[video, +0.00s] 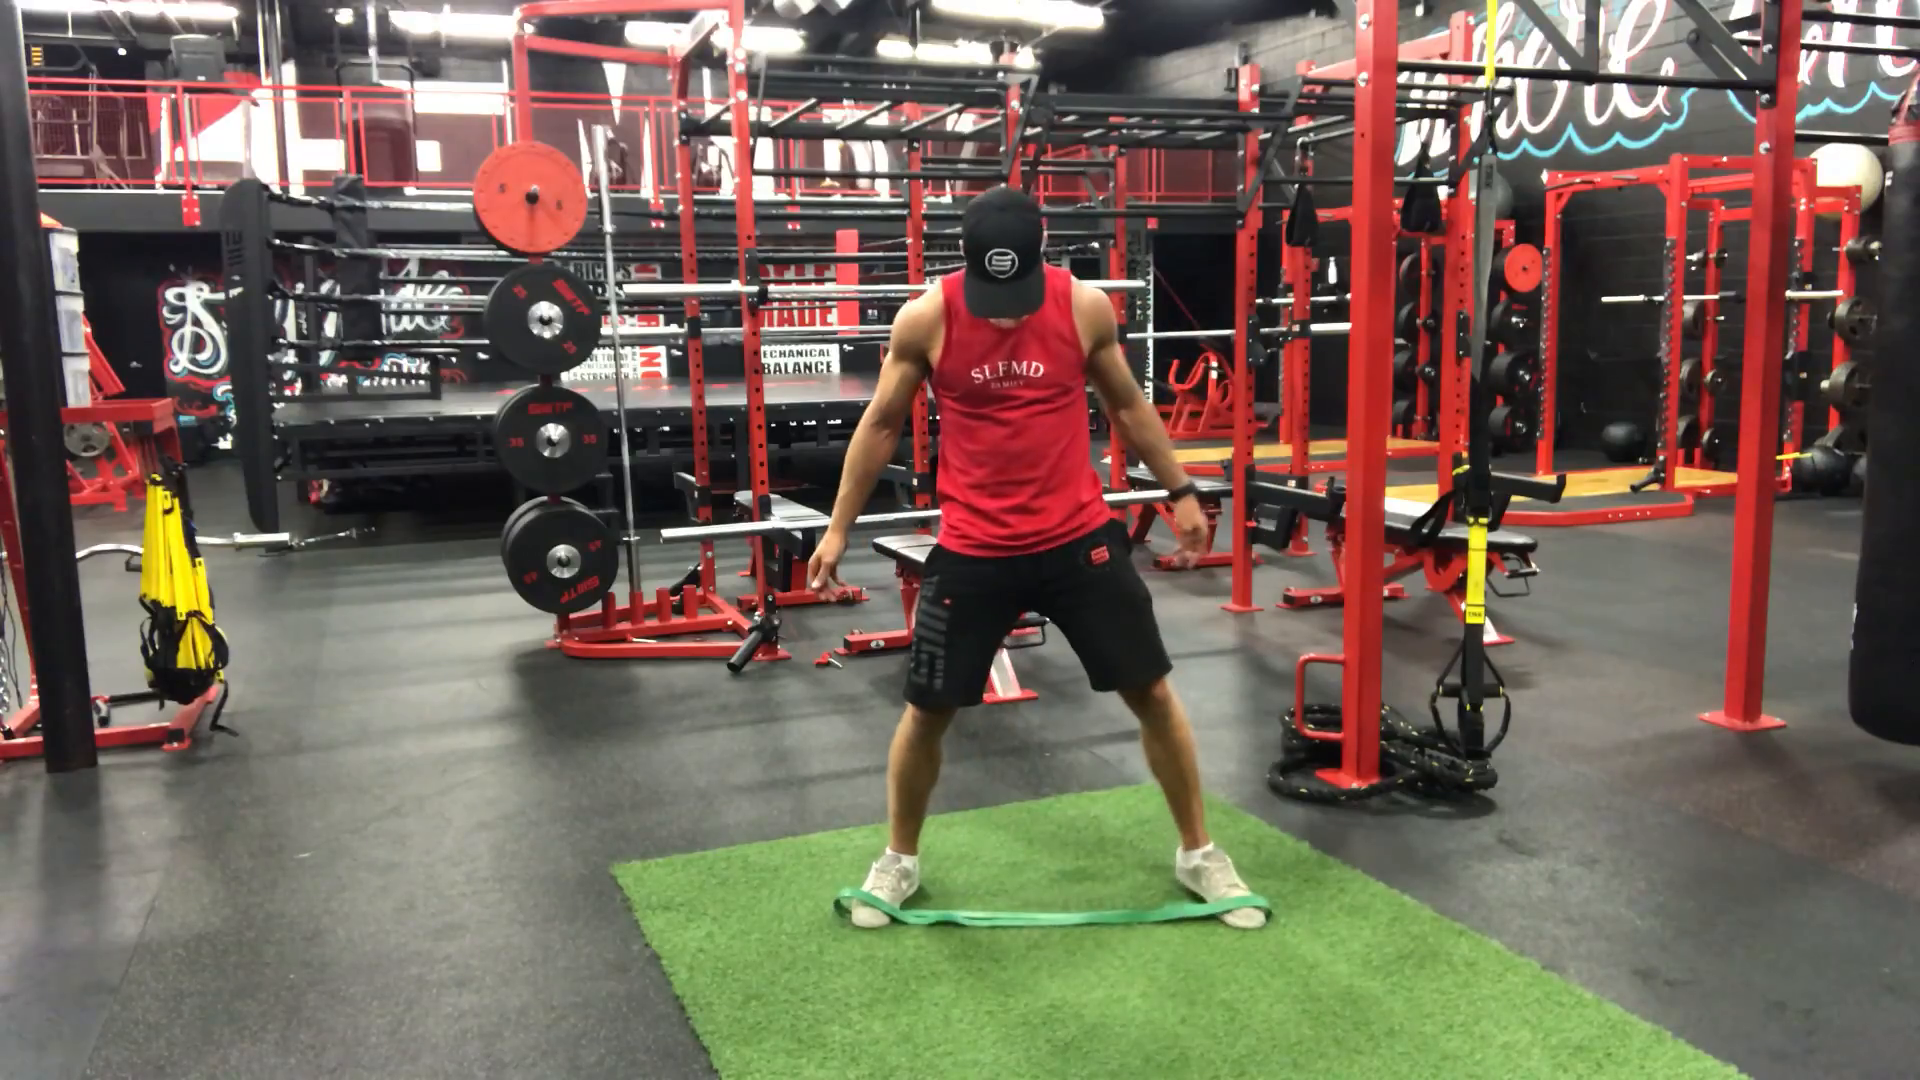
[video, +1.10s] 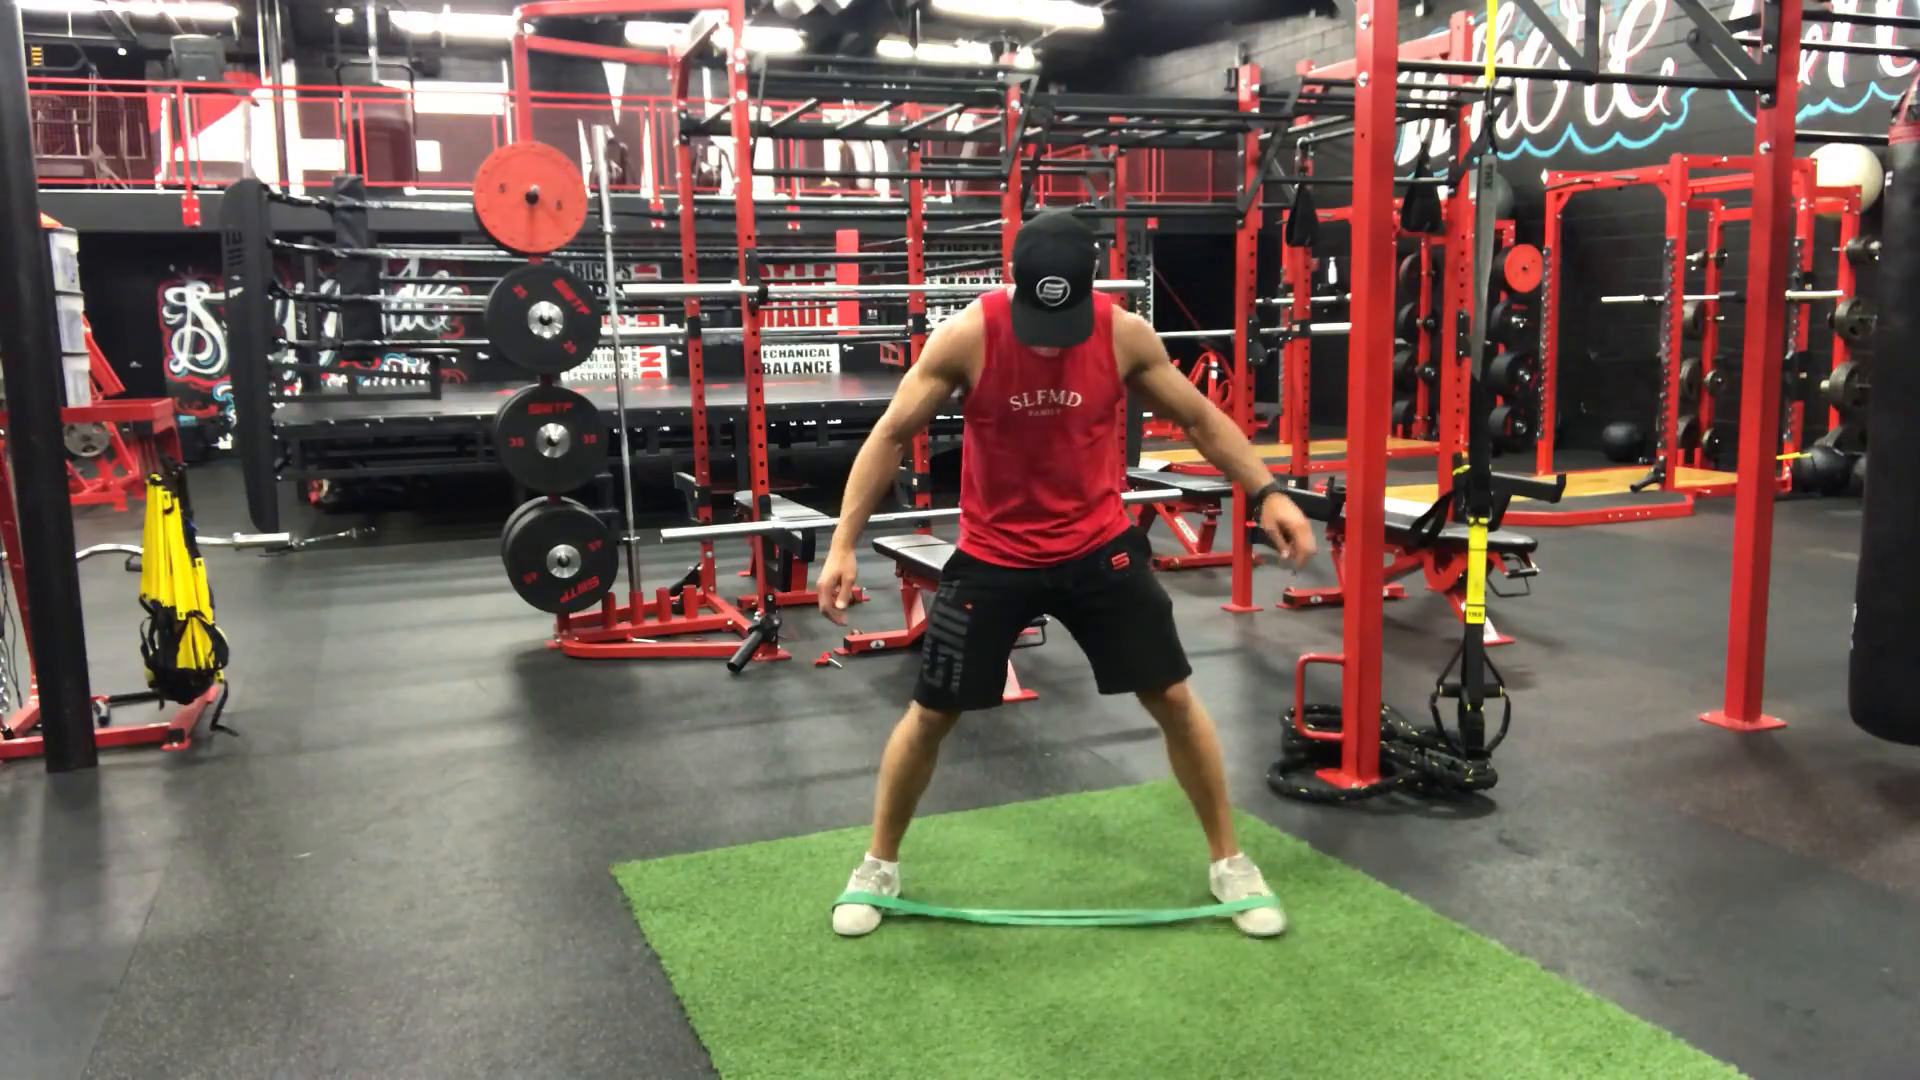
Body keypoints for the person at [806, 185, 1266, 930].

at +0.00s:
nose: (1004, 304)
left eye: (1018, 287)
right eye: (991, 288)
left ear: (1041, 258)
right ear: (967, 261)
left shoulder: (1085, 309)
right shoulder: (926, 319)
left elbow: (1129, 402)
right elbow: (878, 423)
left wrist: (1180, 493)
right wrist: (837, 526)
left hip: (1080, 539)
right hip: (973, 551)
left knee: (1152, 692)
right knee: (926, 711)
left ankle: (1199, 850)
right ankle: (899, 859)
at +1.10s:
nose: (1051, 333)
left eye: (1066, 316)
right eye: (1038, 317)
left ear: (1091, 287)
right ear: (1014, 282)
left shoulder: (1125, 337)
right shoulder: (965, 338)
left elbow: (1202, 419)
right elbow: (890, 435)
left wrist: (1267, 491)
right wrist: (842, 542)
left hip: (1102, 549)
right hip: (992, 555)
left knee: (1172, 697)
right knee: (931, 710)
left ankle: (1229, 860)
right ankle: (878, 864)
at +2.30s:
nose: (1056, 364)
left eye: (1071, 349)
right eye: (1043, 349)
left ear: (1098, 318)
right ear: (1019, 317)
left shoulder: (1137, 363)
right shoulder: (975, 373)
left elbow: (1204, 462)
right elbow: (923, 488)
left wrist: (1215, 561)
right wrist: (914, 608)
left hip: (1110, 557)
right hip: (1001, 559)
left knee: (1183, 697)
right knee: (930, 704)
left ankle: (1242, 862)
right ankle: (874, 863)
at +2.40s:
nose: (1061, 437)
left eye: (1076, 426)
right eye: (1047, 426)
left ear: (1104, 395)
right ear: (1024, 393)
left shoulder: (1143, 412)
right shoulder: (981, 421)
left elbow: (1191, 515)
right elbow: (940, 553)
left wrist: (1193, 622)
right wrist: (952, 677)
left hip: (1109, 564)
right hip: (1000, 567)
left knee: (1187, 696)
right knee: (927, 703)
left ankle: (1243, 864)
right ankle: (873, 861)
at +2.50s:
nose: (1065, 532)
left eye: (1080, 523)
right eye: (1050, 524)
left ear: (1107, 478)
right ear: (1026, 481)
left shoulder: (1143, 458)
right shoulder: (985, 489)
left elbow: (1177, 553)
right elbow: (967, 627)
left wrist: (1168, 657)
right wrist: (984, 748)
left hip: (1112, 566)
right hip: (1005, 572)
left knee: (1192, 694)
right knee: (922, 701)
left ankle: (1243, 863)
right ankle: (872, 860)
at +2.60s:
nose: (1061, 603)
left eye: (1076, 590)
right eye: (1047, 591)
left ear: (1109, 544)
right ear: (1025, 552)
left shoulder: (1145, 501)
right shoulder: (989, 559)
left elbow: (1166, 576)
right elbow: (989, 694)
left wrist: (1150, 671)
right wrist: (1012, 809)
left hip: (1116, 574)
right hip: (1003, 577)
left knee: (1195, 692)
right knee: (922, 703)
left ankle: (1243, 862)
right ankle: (872, 861)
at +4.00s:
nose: (1090, 566)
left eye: (1107, 556)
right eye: (1079, 556)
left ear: (1143, 514)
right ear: (1059, 528)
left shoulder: (1181, 480)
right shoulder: (1027, 542)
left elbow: (1240, 546)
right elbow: (1039, 685)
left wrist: (1233, 643)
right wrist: (1066, 789)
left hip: (1137, 569)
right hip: (1037, 571)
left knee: (1207, 702)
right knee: (955, 698)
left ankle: (1246, 864)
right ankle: (905, 853)